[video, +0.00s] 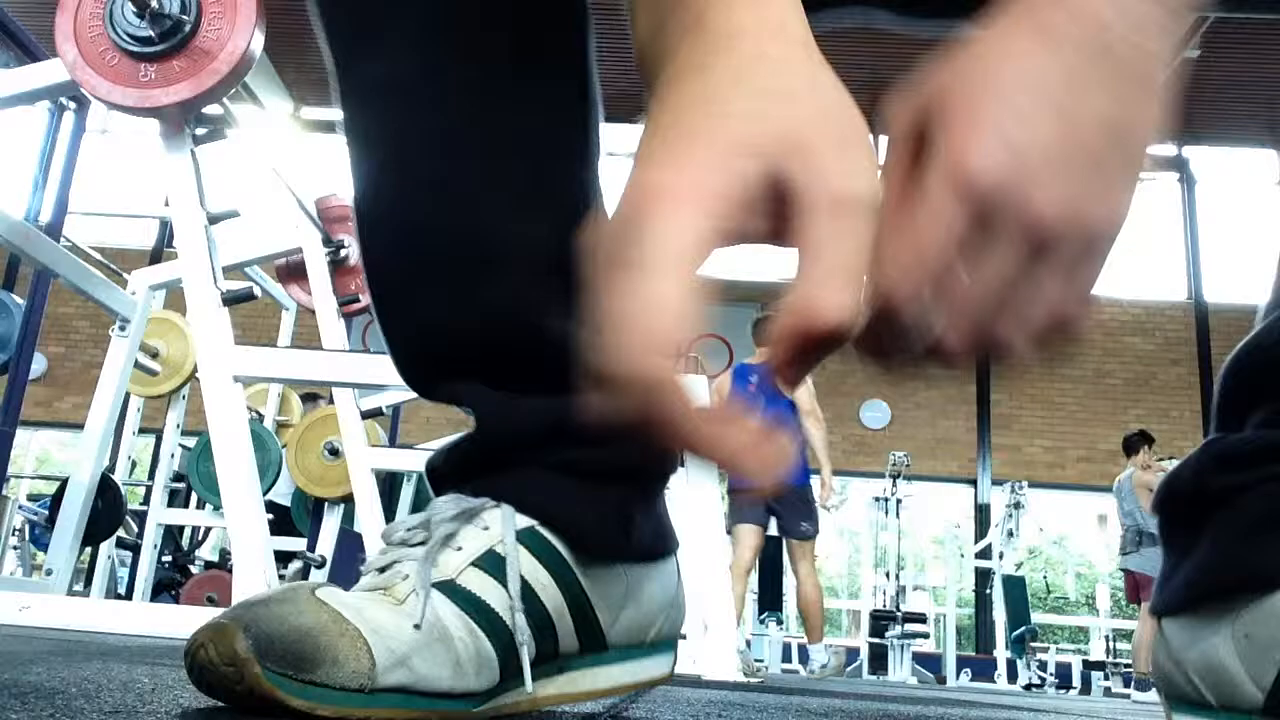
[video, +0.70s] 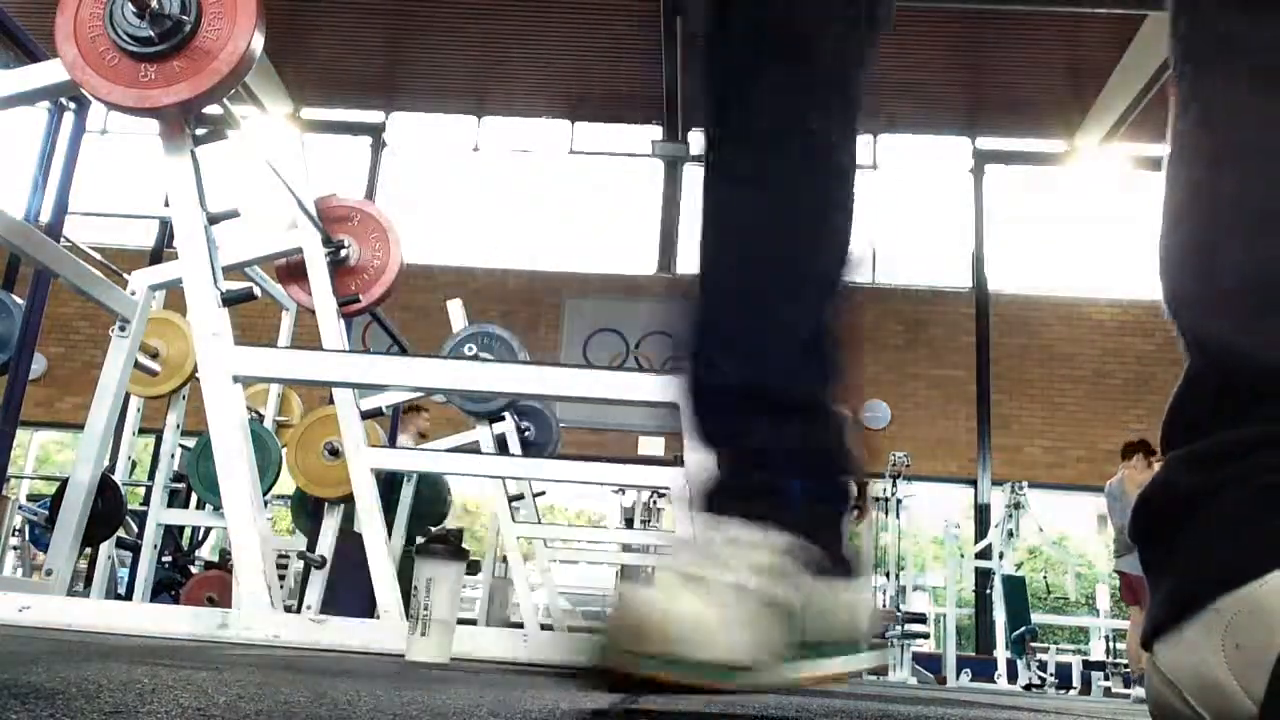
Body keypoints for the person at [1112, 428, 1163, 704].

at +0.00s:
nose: (1151, 456)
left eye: (1150, 451)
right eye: (1150, 451)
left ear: (1127, 453)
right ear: (1142, 451)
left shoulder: (1119, 481)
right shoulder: (1143, 477)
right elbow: (1176, 485)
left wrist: (1149, 471)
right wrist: (1160, 470)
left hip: (1129, 552)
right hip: (1149, 551)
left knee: (1144, 617)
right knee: (1149, 617)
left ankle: (1139, 677)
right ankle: (1143, 679)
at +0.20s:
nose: (1151, 458)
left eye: (1150, 454)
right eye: (1150, 453)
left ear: (1125, 456)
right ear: (1143, 453)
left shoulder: (1116, 483)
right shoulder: (1149, 477)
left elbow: (1121, 520)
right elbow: (1177, 491)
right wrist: (1168, 467)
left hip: (1127, 556)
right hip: (1146, 556)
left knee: (1141, 620)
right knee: (1146, 620)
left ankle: (1138, 676)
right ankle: (1141, 678)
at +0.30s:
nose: (1128, 462)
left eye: (1128, 457)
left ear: (1126, 457)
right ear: (1152, 451)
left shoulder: (1117, 482)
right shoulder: (1165, 472)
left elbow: (1119, 523)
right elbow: (1174, 509)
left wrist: (1129, 541)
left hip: (1129, 553)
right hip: (1156, 550)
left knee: (1140, 616)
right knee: (1153, 613)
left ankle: (1137, 676)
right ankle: (1146, 677)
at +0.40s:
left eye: (1124, 458)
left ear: (1125, 456)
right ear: (1153, 453)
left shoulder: (1117, 483)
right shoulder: (1160, 474)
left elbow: (1119, 523)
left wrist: (1125, 544)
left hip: (1128, 553)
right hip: (1153, 550)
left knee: (1138, 612)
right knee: (1152, 609)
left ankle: (1138, 673)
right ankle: (1148, 671)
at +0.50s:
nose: (1155, 460)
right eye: (1153, 455)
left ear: (1124, 455)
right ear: (1148, 453)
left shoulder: (1115, 484)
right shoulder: (1155, 474)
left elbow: (1118, 523)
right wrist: (1164, 457)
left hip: (1125, 555)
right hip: (1147, 554)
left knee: (1138, 615)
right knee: (1150, 613)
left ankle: (1136, 673)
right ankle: (1146, 672)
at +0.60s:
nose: (1153, 460)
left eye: (1152, 457)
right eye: (1152, 456)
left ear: (1125, 455)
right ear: (1144, 453)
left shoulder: (1112, 484)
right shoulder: (1147, 473)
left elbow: (1117, 522)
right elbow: (1172, 465)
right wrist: (1160, 456)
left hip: (1122, 555)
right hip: (1143, 553)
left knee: (1137, 615)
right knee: (1149, 613)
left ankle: (1135, 671)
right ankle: (1144, 672)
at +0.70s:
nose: (1146, 466)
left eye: (1147, 462)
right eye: (1146, 462)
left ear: (1123, 458)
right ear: (1139, 458)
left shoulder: (1110, 485)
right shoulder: (1142, 479)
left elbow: (1114, 519)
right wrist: (1157, 471)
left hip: (1121, 554)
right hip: (1140, 552)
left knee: (1136, 614)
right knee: (1147, 611)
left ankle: (1135, 671)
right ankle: (1144, 669)